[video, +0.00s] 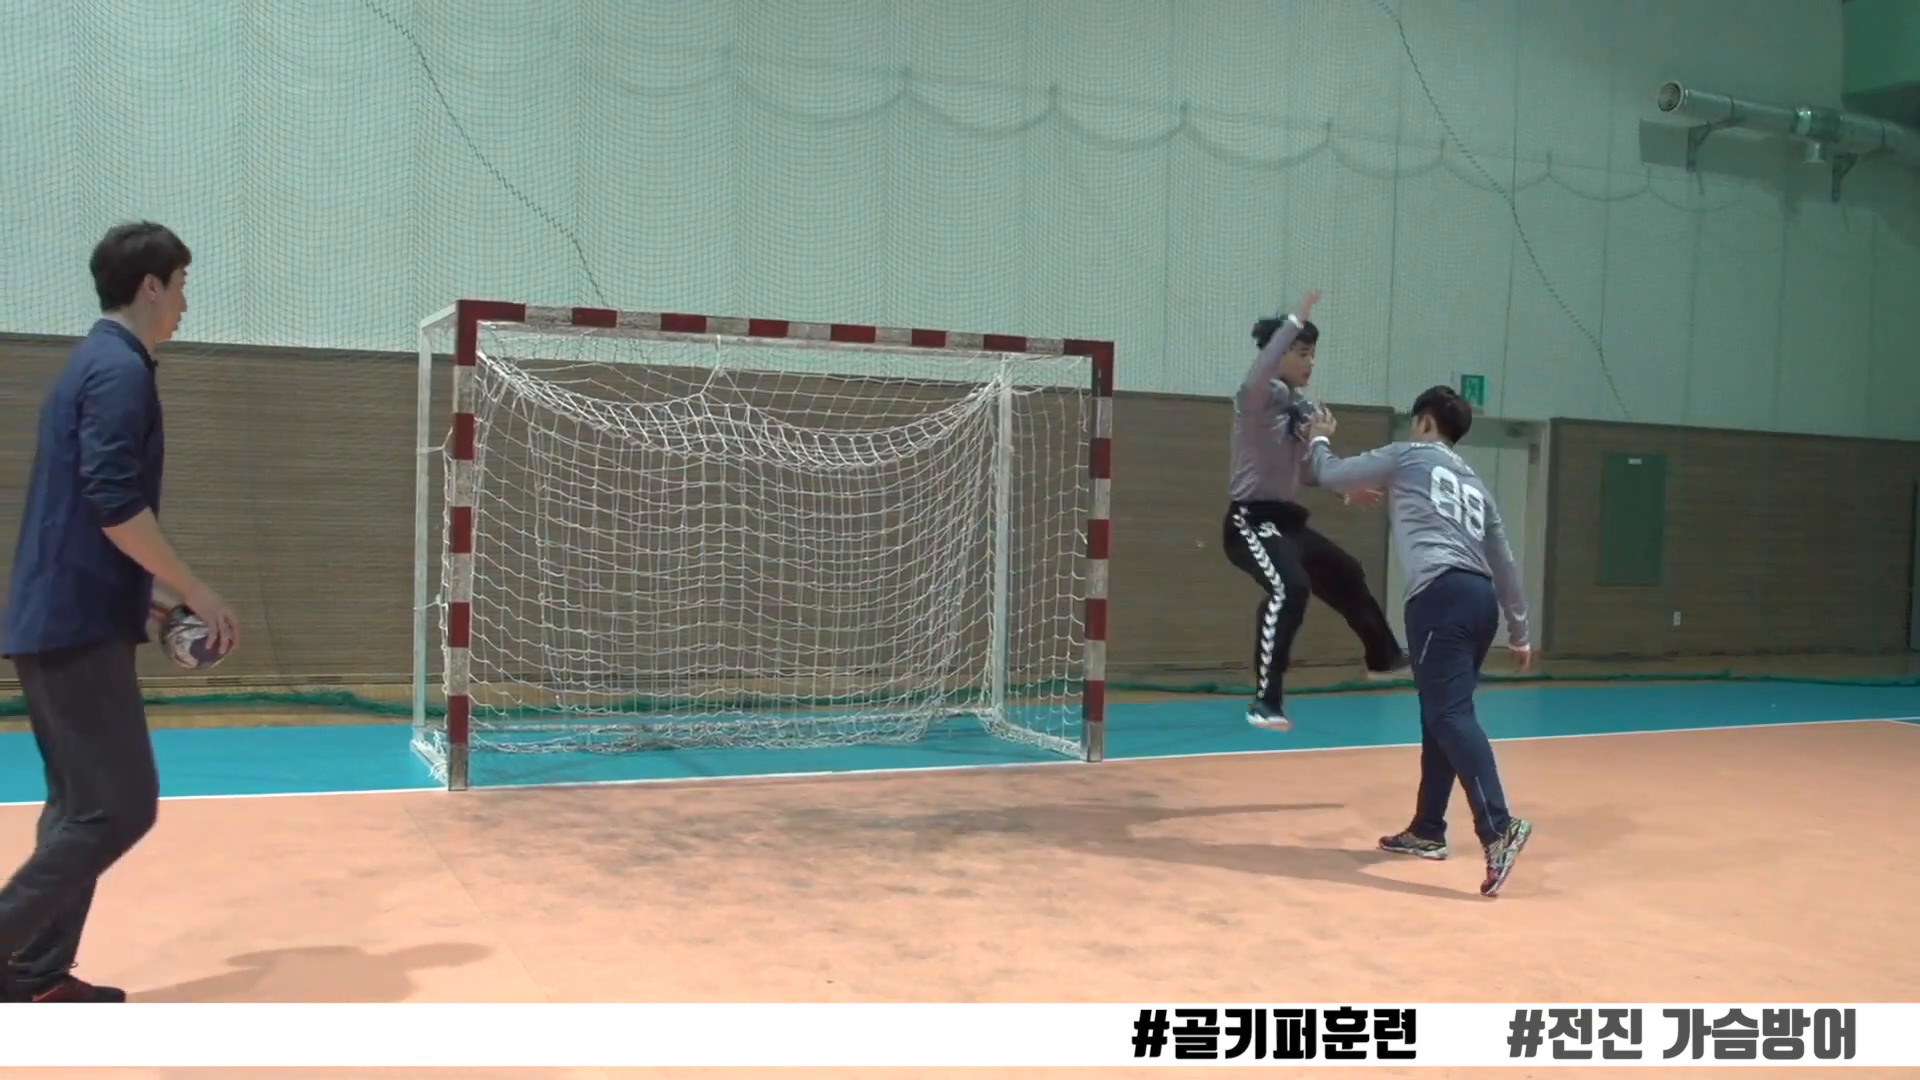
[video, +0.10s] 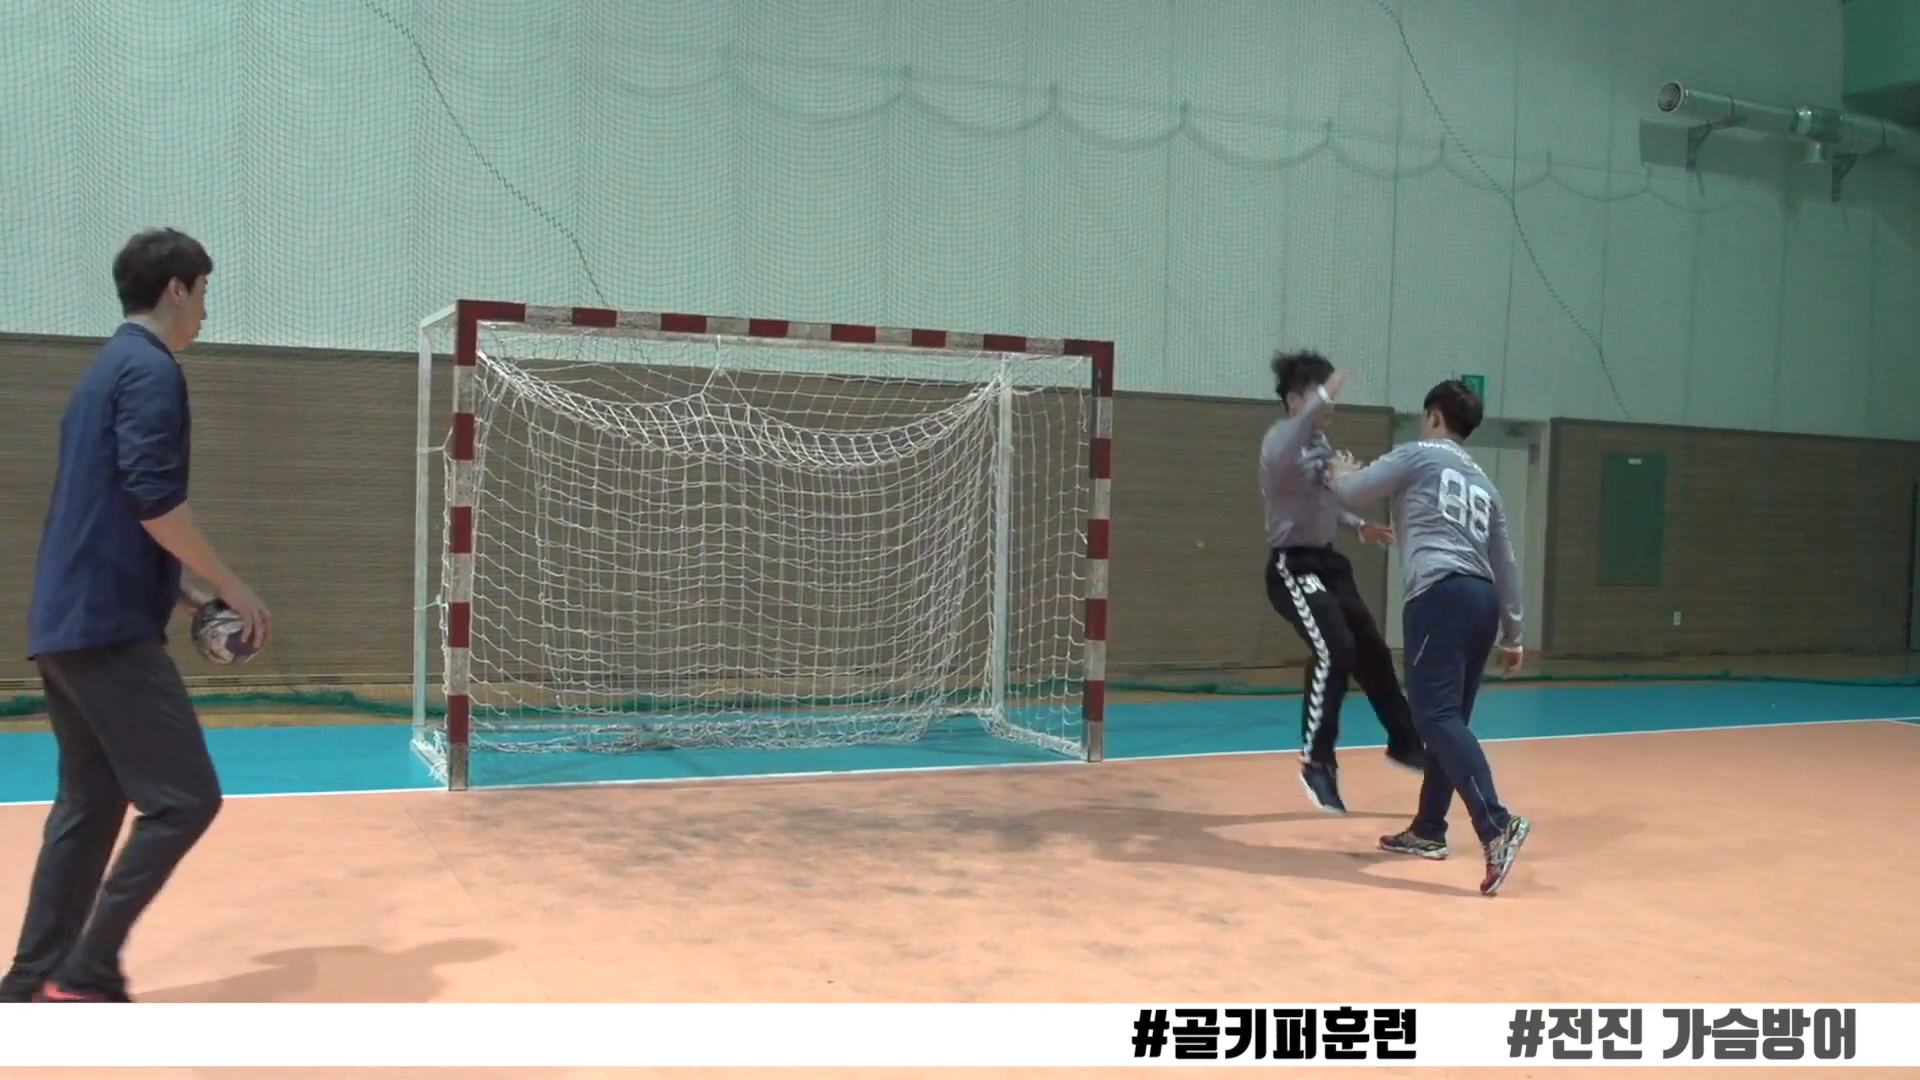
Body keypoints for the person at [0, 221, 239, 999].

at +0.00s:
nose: (185, 300)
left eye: (184, 285)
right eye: (181, 286)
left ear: (125, 288)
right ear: (153, 287)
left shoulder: (93, 362)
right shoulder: (120, 366)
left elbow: (84, 520)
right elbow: (113, 502)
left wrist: (151, 608)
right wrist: (194, 588)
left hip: (55, 619)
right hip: (73, 621)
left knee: (78, 801)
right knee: (123, 803)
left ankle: (39, 970)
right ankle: (11, 942)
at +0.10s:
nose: (205, 307)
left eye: (205, 291)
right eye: (203, 291)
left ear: (144, 292)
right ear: (176, 290)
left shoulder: (107, 368)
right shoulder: (150, 369)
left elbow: (114, 518)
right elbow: (152, 503)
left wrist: (188, 599)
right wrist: (232, 588)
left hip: (65, 627)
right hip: (106, 626)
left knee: (91, 799)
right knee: (187, 797)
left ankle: (34, 974)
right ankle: (88, 969)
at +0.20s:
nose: (229, 312)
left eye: (228, 297)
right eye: (227, 297)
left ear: (166, 299)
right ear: (201, 296)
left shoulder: (129, 375)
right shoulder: (184, 373)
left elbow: (134, 525)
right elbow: (193, 500)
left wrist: (214, 593)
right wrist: (272, 585)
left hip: (96, 628)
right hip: (142, 629)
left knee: (100, 802)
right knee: (236, 795)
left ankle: (39, 975)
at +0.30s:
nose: (256, 317)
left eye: (253, 303)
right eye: (254, 303)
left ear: (189, 308)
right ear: (236, 303)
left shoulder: (157, 389)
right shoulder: (222, 380)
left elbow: (169, 532)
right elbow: (232, 502)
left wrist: (250, 595)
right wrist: (311, 587)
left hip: (131, 637)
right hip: (186, 636)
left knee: (117, 805)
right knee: (285, 799)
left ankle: (41, 974)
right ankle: (345, 975)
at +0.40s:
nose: (289, 321)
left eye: (285, 307)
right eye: (286, 309)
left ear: (217, 318)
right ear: (271, 313)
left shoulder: (190, 402)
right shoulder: (263, 393)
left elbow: (212, 544)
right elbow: (285, 512)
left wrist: (300, 603)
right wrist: (361, 582)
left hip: (180, 651)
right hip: (243, 652)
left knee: (140, 816)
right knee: (342, 812)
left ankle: (44, 973)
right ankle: (399, 989)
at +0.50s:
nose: (321, 327)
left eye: (315, 314)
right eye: (318, 315)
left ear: (251, 329)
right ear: (305, 320)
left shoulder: (230, 416)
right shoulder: (308, 401)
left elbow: (264, 549)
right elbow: (344, 516)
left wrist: (354, 603)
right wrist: (415, 580)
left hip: (231, 651)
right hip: (295, 650)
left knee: (221, 804)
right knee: (401, 811)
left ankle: (78, 949)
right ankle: (416, 1003)